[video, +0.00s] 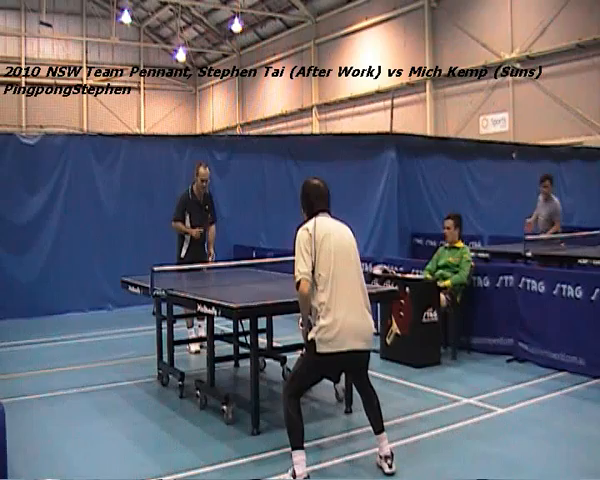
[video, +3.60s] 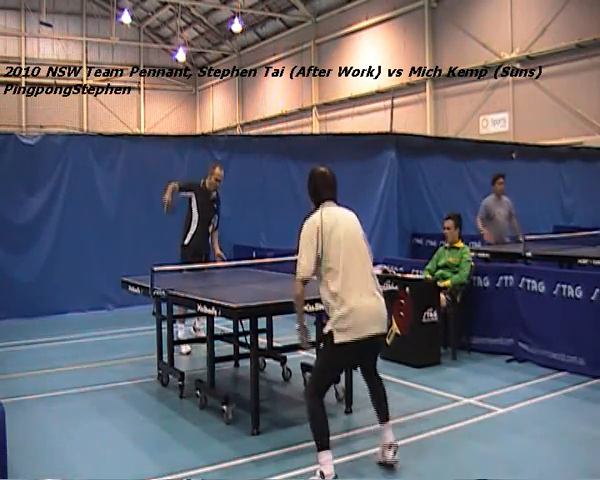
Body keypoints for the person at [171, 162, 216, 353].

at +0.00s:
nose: (204, 184)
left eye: (207, 180)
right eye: (202, 180)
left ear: (209, 180)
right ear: (195, 179)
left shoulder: (208, 198)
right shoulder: (185, 198)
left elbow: (211, 224)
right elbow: (175, 222)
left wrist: (211, 246)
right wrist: (190, 231)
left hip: (202, 250)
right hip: (187, 251)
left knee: (203, 289)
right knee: (187, 292)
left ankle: (201, 327)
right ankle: (191, 332)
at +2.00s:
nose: (215, 181)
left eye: (217, 178)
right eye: (212, 177)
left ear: (219, 178)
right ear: (205, 177)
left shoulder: (217, 197)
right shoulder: (195, 196)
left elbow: (222, 220)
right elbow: (179, 215)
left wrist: (221, 233)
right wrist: (190, 232)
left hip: (209, 249)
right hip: (196, 249)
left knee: (209, 291)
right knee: (199, 292)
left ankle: (202, 332)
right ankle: (200, 332)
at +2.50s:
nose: (215, 189)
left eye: (218, 185)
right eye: (213, 185)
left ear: (221, 185)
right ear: (206, 184)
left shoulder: (220, 201)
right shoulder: (197, 200)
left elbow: (225, 226)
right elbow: (187, 224)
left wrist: (225, 242)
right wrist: (207, 227)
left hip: (208, 253)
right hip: (195, 253)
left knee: (207, 294)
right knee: (199, 295)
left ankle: (199, 331)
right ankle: (199, 332)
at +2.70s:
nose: (215, 187)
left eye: (217, 183)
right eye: (212, 183)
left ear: (220, 183)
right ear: (206, 182)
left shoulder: (219, 199)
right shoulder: (198, 198)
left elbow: (225, 218)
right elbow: (197, 222)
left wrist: (227, 225)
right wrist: (218, 211)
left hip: (209, 251)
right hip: (195, 252)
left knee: (209, 292)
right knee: (199, 295)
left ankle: (198, 324)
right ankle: (201, 334)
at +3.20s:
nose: (220, 191)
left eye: (222, 188)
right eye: (219, 187)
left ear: (219, 188)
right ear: (209, 185)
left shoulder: (208, 200)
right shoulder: (203, 201)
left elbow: (211, 224)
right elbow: (216, 224)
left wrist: (224, 233)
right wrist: (226, 214)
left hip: (202, 252)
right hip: (196, 253)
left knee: (207, 289)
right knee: (203, 294)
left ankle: (199, 322)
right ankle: (202, 334)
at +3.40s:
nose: (222, 190)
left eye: (224, 187)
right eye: (220, 185)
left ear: (223, 187)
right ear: (211, 183)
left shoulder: (217, 202)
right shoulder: (201, 197)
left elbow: (214, 228)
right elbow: (185, 181)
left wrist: (218, 247)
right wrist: (190, 187)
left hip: (204, 249)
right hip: (190, 248)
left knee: (204, 286)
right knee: (193, 288)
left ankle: (199, 325)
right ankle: (192, 328)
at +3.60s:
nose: (217, 183)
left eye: (219, 181)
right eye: (215, 179)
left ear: (221, 182)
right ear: (207, 176)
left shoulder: (216, 198)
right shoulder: (196, 188)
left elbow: (214, 226)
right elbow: (174, 185)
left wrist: (216, 248)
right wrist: (168, 195)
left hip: (204, 248)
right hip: (189, 247)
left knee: (203, 287)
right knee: (185, 288)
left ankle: (198, 324)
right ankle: (180, 329)